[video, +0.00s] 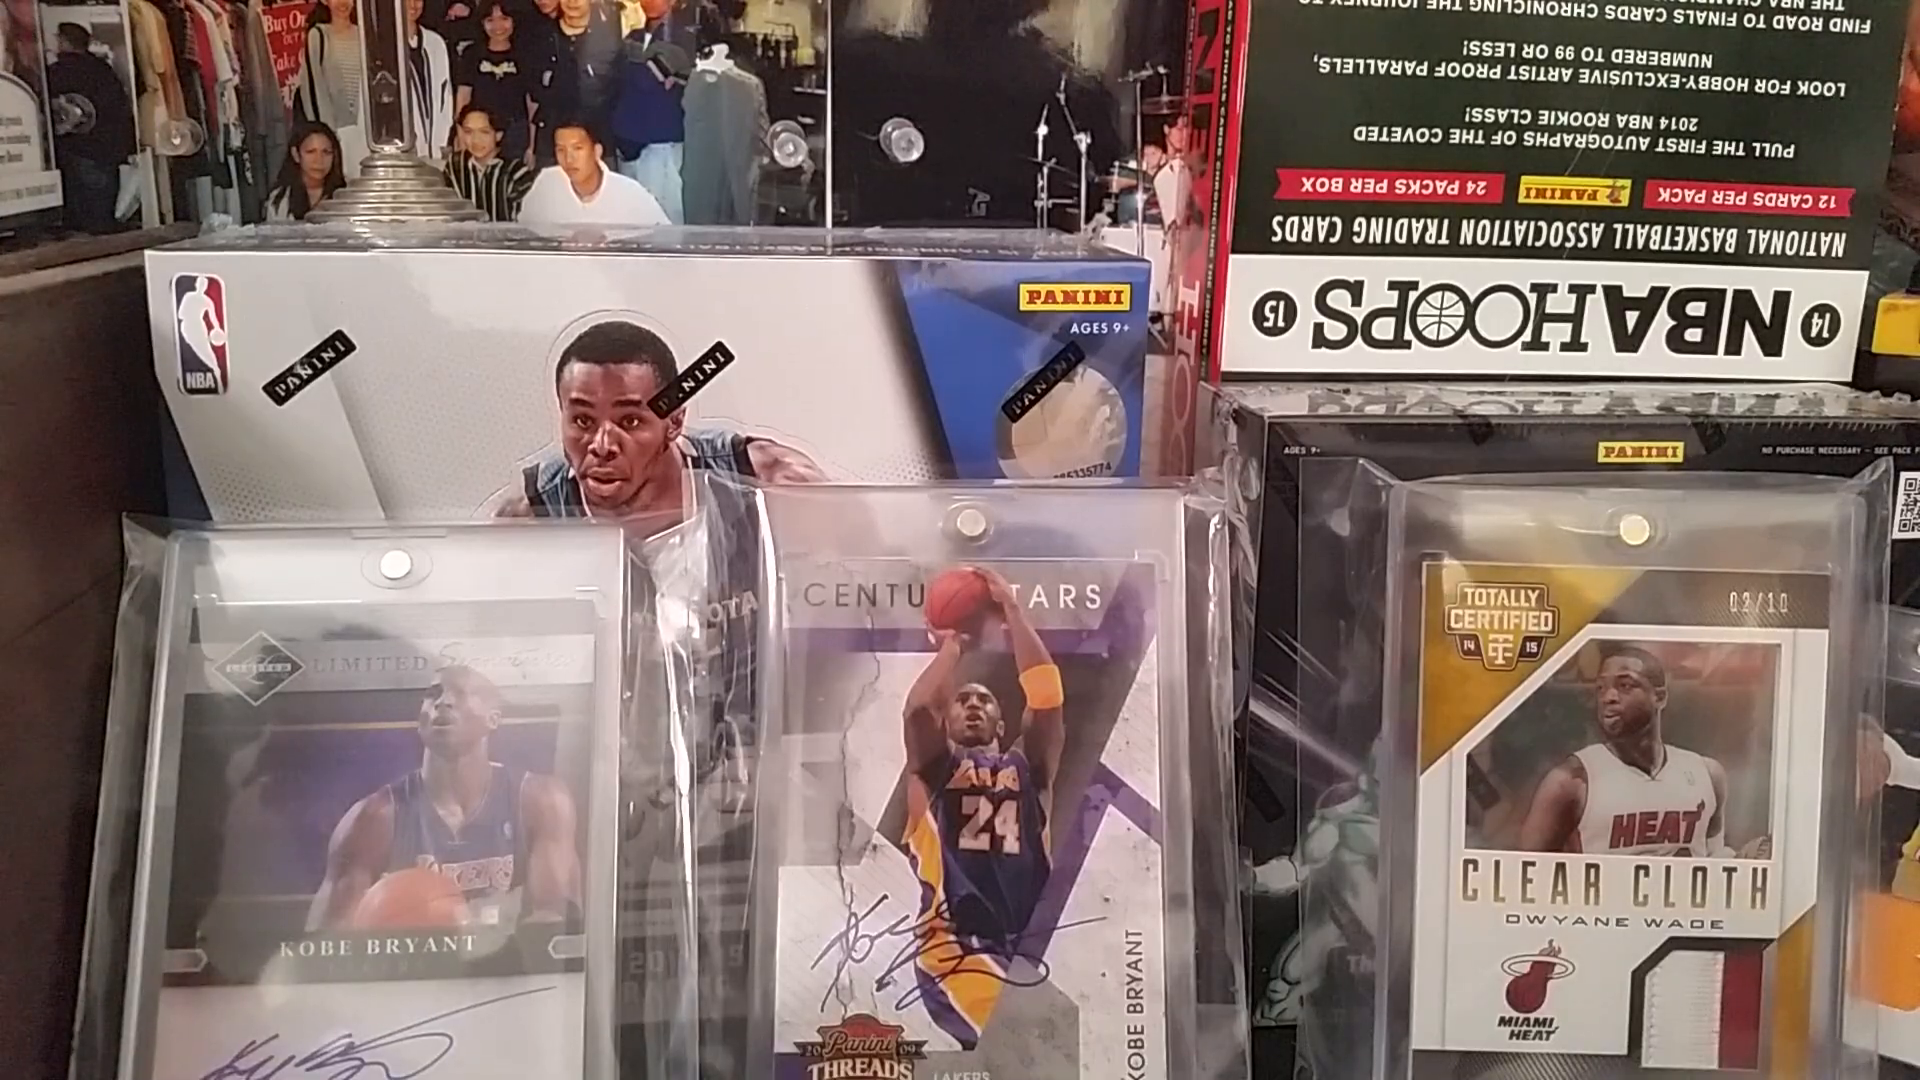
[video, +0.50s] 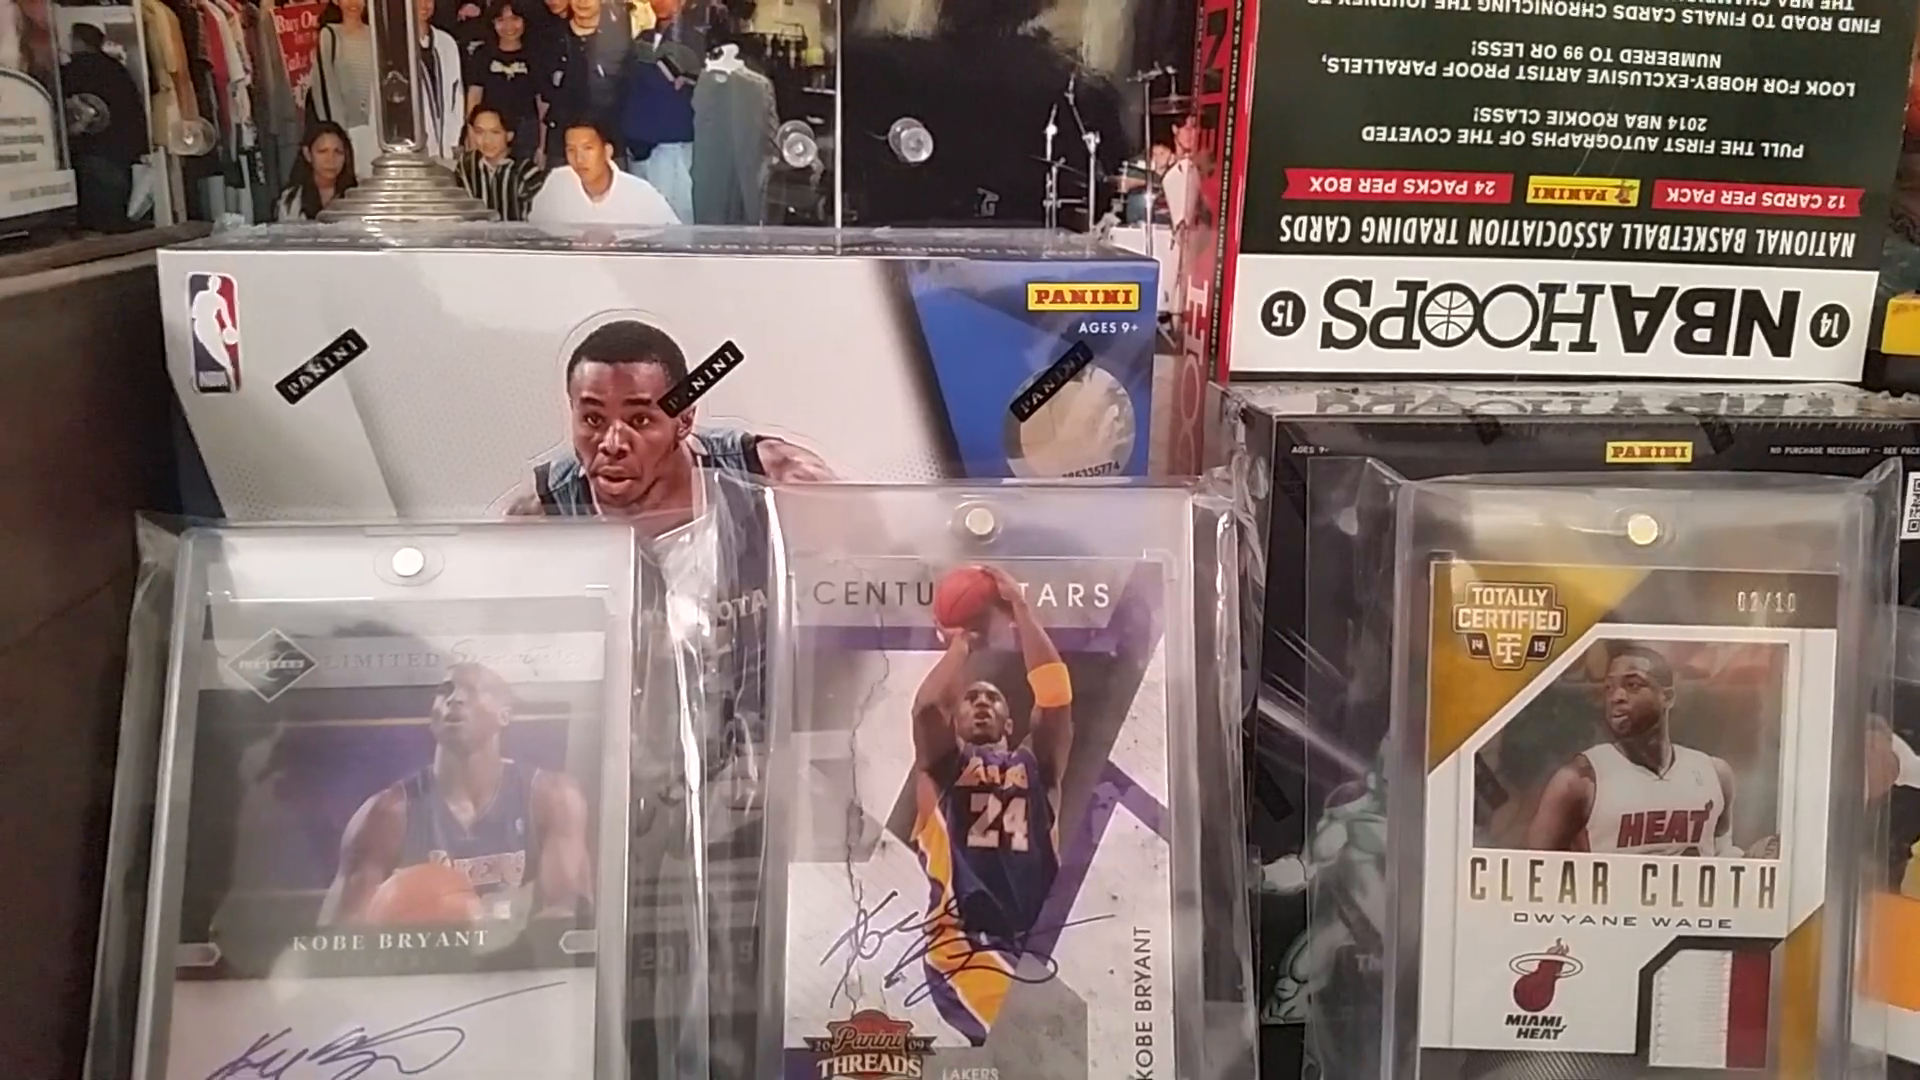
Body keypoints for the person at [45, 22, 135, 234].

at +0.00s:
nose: (57, 44)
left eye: (59, 40)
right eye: (58, 39)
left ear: (64, 42)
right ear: (86, 44)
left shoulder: (53, 73)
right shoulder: (104, 69)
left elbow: (45, 116)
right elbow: (121, 111)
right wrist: (126, 149)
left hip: (70, 152)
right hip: (105, 150)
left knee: (75, 213)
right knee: (104, 214)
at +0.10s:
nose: (57, 44)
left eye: (58, 40)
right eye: (58, 40)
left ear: (63, 43)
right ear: (86, 44)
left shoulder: (54, 73)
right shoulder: (106, 70)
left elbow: (46, 116)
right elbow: (122, 112)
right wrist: (127, 149)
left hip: (71, 155)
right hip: (106, 153)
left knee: (75, 216)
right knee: (104, 216)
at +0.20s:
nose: (57, 44)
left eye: (58, 40)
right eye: (58, 40)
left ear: (63, 43)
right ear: (87, 44)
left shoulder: (54, 73)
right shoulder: (106, 71)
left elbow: (46, 116)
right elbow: (122, 113)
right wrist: (127, 149)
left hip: (71, 154)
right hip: (107, 153)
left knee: (76, 218)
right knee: (105, 218)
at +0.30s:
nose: (57, 44)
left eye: (59, 40)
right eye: (58, 40)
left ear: (64, 43)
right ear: (86, 44)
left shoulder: (55, 72)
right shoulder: (106, 69)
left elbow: (47, 116)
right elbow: (123, 108)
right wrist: (128, 148)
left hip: (75, 155)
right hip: (108, 154)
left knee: (78, 218)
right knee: (105, 218)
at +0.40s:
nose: (62, 42)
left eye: (64, 38)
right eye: (63, 38)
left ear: (67, 41)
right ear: (90, 42)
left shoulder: (58, 71)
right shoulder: (108, 68)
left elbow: (49, 115)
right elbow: (124, 109)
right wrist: (131, 147)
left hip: (75, 152)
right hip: (110, 150)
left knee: (81, 214)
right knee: (108, 215)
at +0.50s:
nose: (71, 44)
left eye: (72, 40)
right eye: (72, 41)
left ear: (75, 42)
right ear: (100, 43)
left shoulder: (68, 73)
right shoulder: (117, 70)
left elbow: (59, 116)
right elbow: (135, 109)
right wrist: (139, 148)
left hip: (85, 152)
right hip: (119, 151)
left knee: (89, 215)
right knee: (116, 215)